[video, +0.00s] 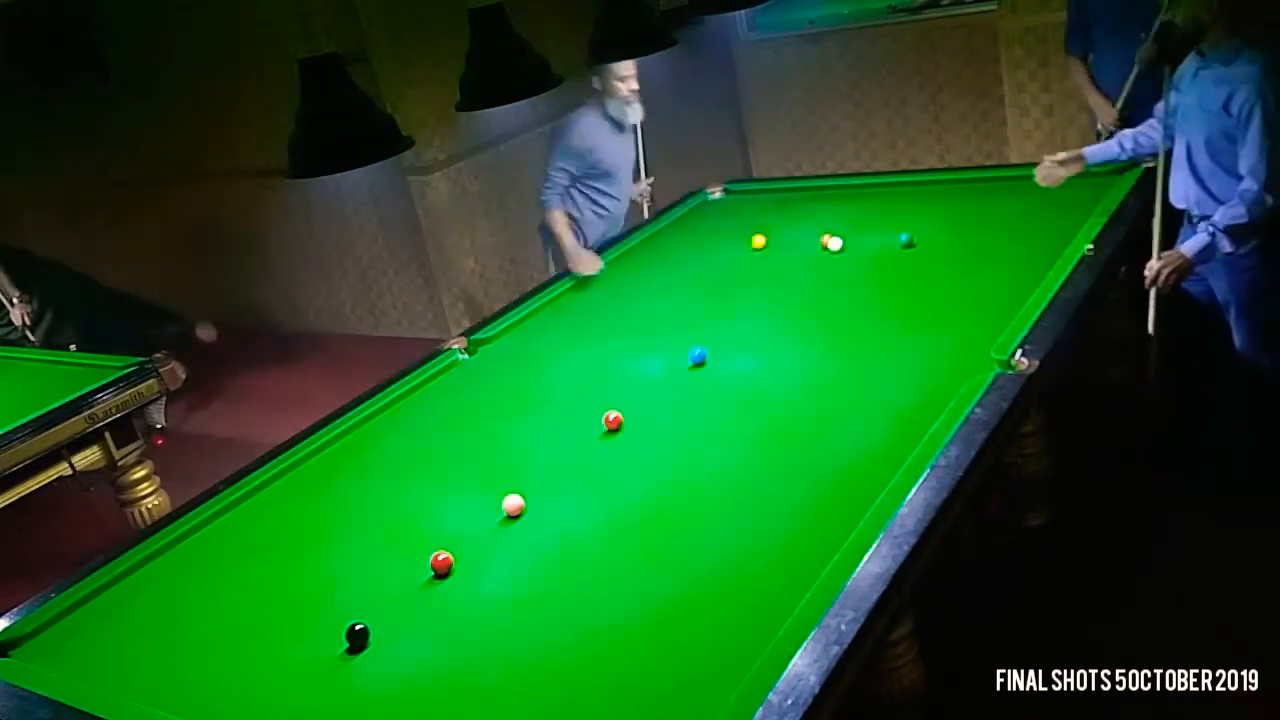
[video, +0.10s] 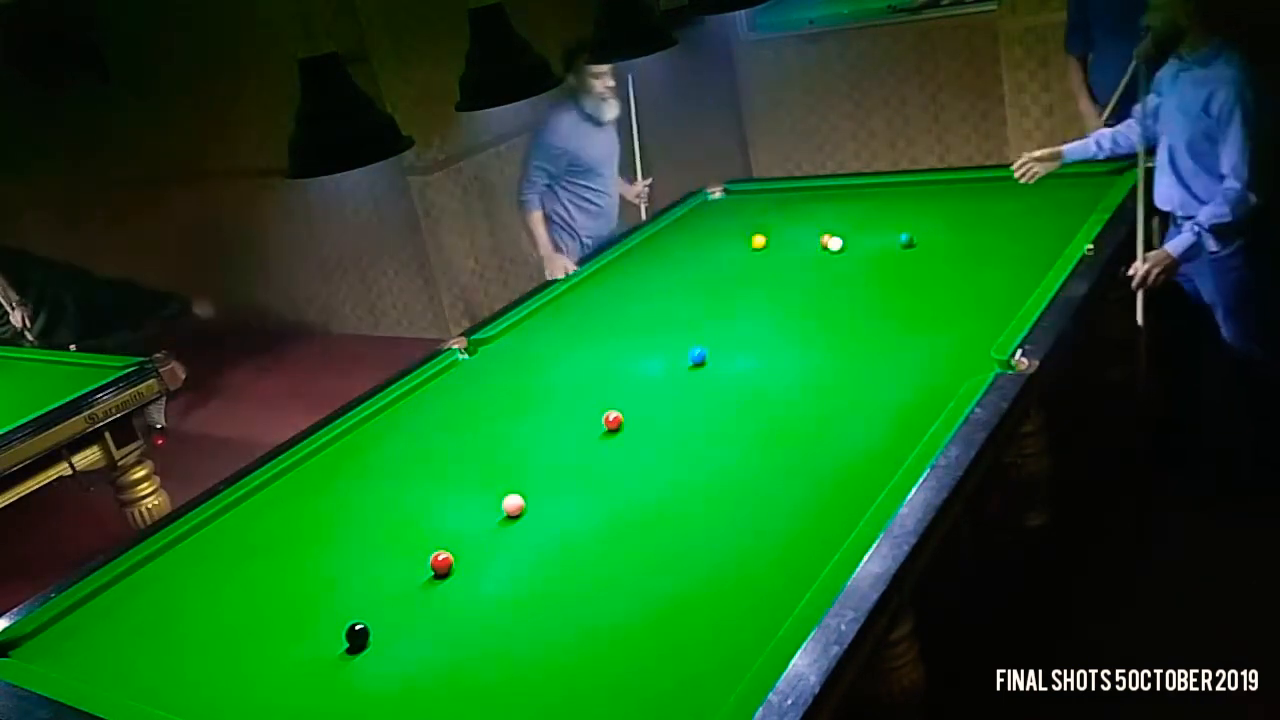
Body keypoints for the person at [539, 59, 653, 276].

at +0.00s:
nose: (634, 87)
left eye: (635, 78)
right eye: (622, 80)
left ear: (638, 77)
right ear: (598, 83)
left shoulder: (627, 120)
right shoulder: (580, 128)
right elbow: (551, 196)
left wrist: (631, 190)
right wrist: (572, 250)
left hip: (611, 236)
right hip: (578, 245)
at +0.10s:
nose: (609, 84)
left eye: (610, 75)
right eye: (597, 77)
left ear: (614, 76)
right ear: (574, 81)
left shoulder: (605, 115)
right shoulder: (559, 126)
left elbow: (597, 168)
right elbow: (530, 193)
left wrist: (626, 189)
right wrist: (548, 254)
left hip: (608, 239)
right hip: (575, 253)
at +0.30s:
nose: (562, 88)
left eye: (562, 80)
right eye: (551, 84)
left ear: (565, 81)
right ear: (532, 93)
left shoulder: (565, 125)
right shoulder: (515, 141)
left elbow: (574, 175)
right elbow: (504, 211)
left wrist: (610, 194)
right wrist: (535, 263)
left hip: (590, 247)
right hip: (556, 263)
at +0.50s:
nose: (519, 104)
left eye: (520, 98)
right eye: (508, 101)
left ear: (523, 100)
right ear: (490, 106)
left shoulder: (522, 139)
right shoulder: (472, 155)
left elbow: (536, 183)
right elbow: (476, 228)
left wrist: (583, 201)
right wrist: (530, 266)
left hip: (553, 274)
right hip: (509, 286)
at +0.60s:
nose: (502, 110)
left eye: (503, 103)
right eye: (491, 106)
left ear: (508, 103)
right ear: (472, 111)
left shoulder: (503, 143)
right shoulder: (455, 160)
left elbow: (521, 190)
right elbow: (466, 236)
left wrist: (570, 205)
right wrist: (523, 269)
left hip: (536, 280)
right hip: (493, 291)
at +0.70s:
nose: (487, 114)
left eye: (487, 106)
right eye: (474, 110)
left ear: (490, 104)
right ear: (450, 112)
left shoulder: (490, 143)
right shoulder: (440, 163)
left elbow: (509, 191)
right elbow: (458, 237)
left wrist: (558, 210)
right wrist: (516, 272)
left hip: (524, 278)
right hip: (481, 292)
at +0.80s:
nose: (466, 114)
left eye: (468, 105)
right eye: (457, 108)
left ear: (474, 103)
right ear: (436, 110)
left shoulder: (476, 145)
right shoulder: (430, 163)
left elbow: (500, 193)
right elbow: (456, 235)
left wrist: (548, 214)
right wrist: (513, 272)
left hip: (516, 273)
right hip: (475, 287)